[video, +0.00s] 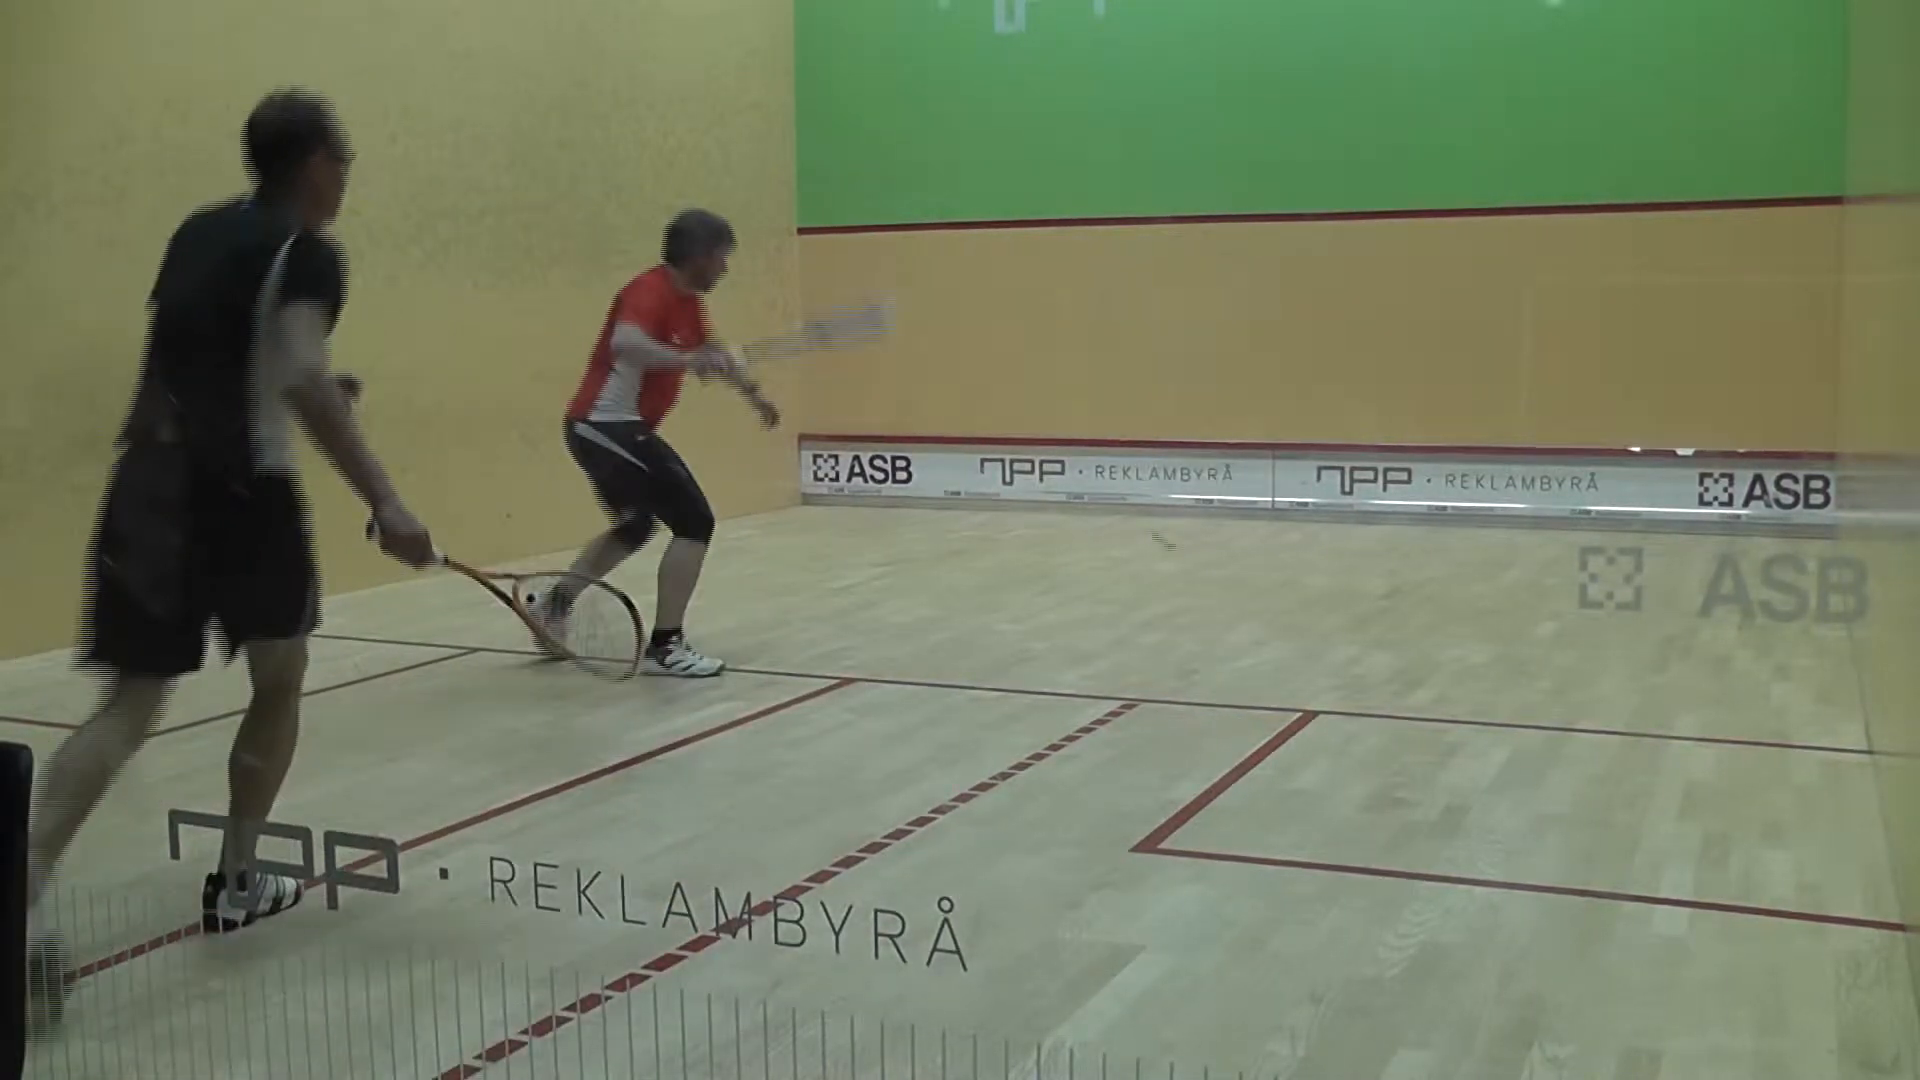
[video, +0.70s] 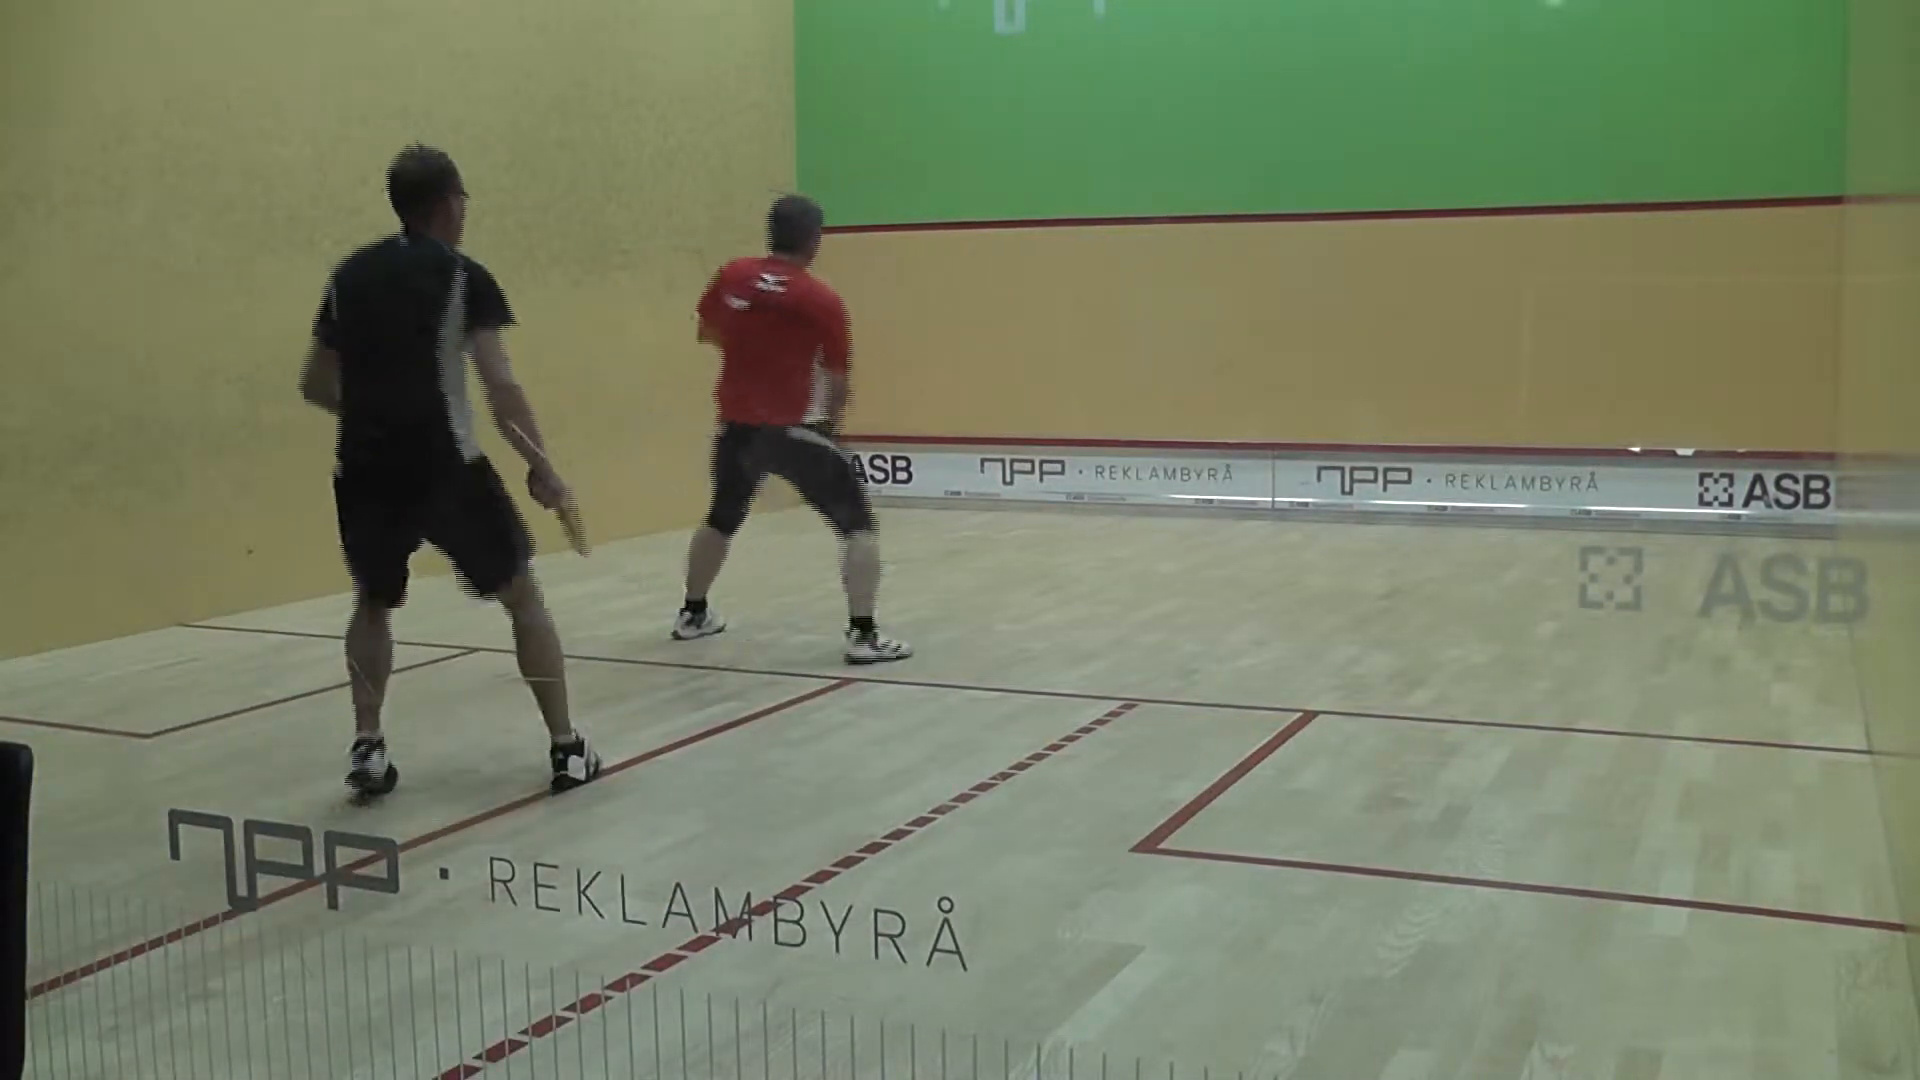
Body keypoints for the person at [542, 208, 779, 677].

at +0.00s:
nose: (726, 266)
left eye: (727, 257)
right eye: (721, 256)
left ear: (695, 258)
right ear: (694, 255)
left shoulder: (689, 304)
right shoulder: (648, 291)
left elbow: (712, 355)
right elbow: (626, 346)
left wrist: (755, 394)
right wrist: (690, 361)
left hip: (619, 426)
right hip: (606, 426)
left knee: (634, 526)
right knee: (694, 521)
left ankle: (553, 604)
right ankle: (665, 645)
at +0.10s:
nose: (751, 283)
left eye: (753, 273)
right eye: (746, 273)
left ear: (727, 273)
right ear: (722, 271)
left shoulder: (721, 310)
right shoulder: (676, 299)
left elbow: (726, 338)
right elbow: (624, 332)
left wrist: (733, 363)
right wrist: (679, 340)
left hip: (647, 432)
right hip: (620, 431)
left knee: (666, 513)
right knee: (702, 524)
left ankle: (598, 597)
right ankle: (665, 645)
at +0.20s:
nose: (772, 291)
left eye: (773, 281)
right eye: (767, 280)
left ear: (739, 277)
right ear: (739, 277)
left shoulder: (722, 317)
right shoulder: (694, 313)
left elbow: (700, 363)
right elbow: (660, 354)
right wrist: (668, 373)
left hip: (660, 432)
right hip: (631, 431)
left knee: (694, 518)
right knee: (703, 527)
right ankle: (663, 645)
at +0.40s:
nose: (787, 264)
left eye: (788, 254)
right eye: (784, 254)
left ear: (738, 245)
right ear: (766, 255)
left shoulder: (693, 271)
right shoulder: (759, 317)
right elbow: (775, 389)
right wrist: (786, 408)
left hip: (659, 421)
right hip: (703, 430)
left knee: (696, 513)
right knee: (738, 538)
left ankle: (686, 611)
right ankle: (674, 628)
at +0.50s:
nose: (790, 237)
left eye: (789, 228)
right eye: (789, 228)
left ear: (739, 227)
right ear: (778, 233)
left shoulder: (701, 257)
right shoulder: (784, 291)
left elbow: (708, 324)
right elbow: (792, 368)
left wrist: (759, 354)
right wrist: (753, 366)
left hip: (686, 412)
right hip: (739, 414)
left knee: (696, 509)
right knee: (777, 522)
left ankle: (689, 611)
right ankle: (721, 605)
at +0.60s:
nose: (796, 235)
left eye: (796, 228)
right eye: (795, 228)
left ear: (746, 227)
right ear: (788, 232)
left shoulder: (710, 262)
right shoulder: (795, 291)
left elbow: (715, 327)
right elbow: (803, 375)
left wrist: (774, 357)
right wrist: (783, 378)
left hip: (707, 417)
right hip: (762, 418)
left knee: (703, 510)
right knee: (806, 513)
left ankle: (690, 613)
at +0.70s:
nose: (820, 243)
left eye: (818, 235)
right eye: (819, 236)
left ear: (771, 235)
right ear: (813, 241)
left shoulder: (734, 275)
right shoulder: (820, 300)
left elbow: (708, 330)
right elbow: (837, 374)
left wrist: (759, 339)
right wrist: (832, 420)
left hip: (737, 430)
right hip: (793, 434)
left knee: (722, 516)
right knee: (856, 522)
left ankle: (692, 614)